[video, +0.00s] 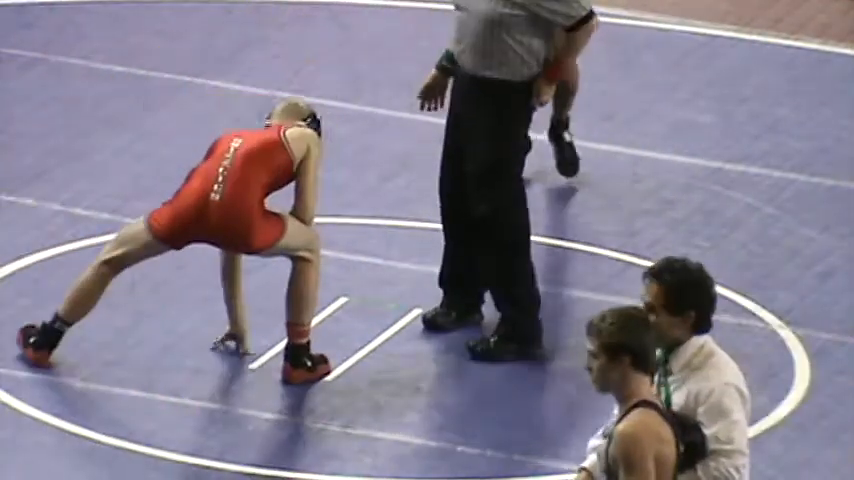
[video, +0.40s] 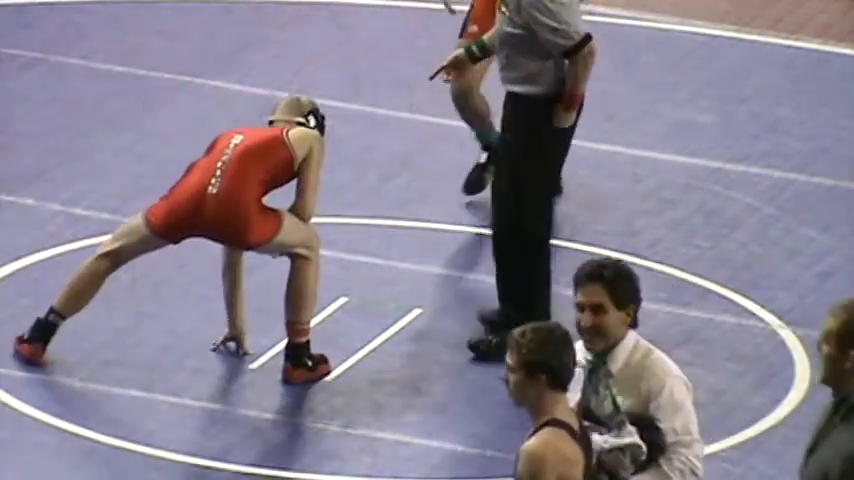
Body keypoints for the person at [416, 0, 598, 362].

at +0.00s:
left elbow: (583, 22)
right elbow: (478, 20)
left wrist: (549, 78)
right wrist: (444, 70)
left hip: (510, 84)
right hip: (470, 78)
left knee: (498, 203)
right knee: (457, 193)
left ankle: (521, 332)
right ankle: (461, 301)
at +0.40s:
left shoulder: (535, 6)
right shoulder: (516, 4)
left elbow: (583, 49)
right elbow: (517, 26)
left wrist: (569, 107)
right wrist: (472, 53)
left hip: (542, 105)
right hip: (523, 100)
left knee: (523, 218)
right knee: (509, 212)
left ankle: (528, 327)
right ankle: (515, 310)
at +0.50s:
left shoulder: (544, 7)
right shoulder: (525, 5)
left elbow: (579, 57)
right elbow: (519, 30)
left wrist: (573, 114)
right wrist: (474, 55)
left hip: (548, 109)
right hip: (534, 102)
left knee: (532, 217)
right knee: (526, 215)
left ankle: (528, 330)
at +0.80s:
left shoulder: (559, 5)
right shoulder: (539, 5)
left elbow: (598, 55)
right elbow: (533, 28)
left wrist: (598, 125)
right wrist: (480, 66)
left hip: (581, 109)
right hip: (562, 104)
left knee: (569, 223)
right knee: (533, 215)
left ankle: (579, 332)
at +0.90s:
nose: (503, 7)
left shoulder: (564, 6)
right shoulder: (545, 6)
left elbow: (605, 55)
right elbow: (526, 34)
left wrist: (607, 120)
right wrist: (475, 73)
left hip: (586, 113)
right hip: (582, 108)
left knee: (532, 215)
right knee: (577, 222)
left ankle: (528, 327)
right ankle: (581, 339)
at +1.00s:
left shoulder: (567, 4)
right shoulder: (548, 6)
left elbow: (611, 54)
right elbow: (527, 39)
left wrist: (612, 119)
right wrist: (472, 73)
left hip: (592, 111)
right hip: (594, 107)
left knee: (536, 214)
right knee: (577, 218)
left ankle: (537, 333)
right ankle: (579, 336)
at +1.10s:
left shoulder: (570, 5)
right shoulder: (549, 6)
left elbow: (612, 54)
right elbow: (527, 42)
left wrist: (613, 122)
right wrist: (470, 78)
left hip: (598, 112)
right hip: (588, 108)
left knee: (562, 224)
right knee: (558, 222)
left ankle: (573, 342)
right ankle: (556, 335)